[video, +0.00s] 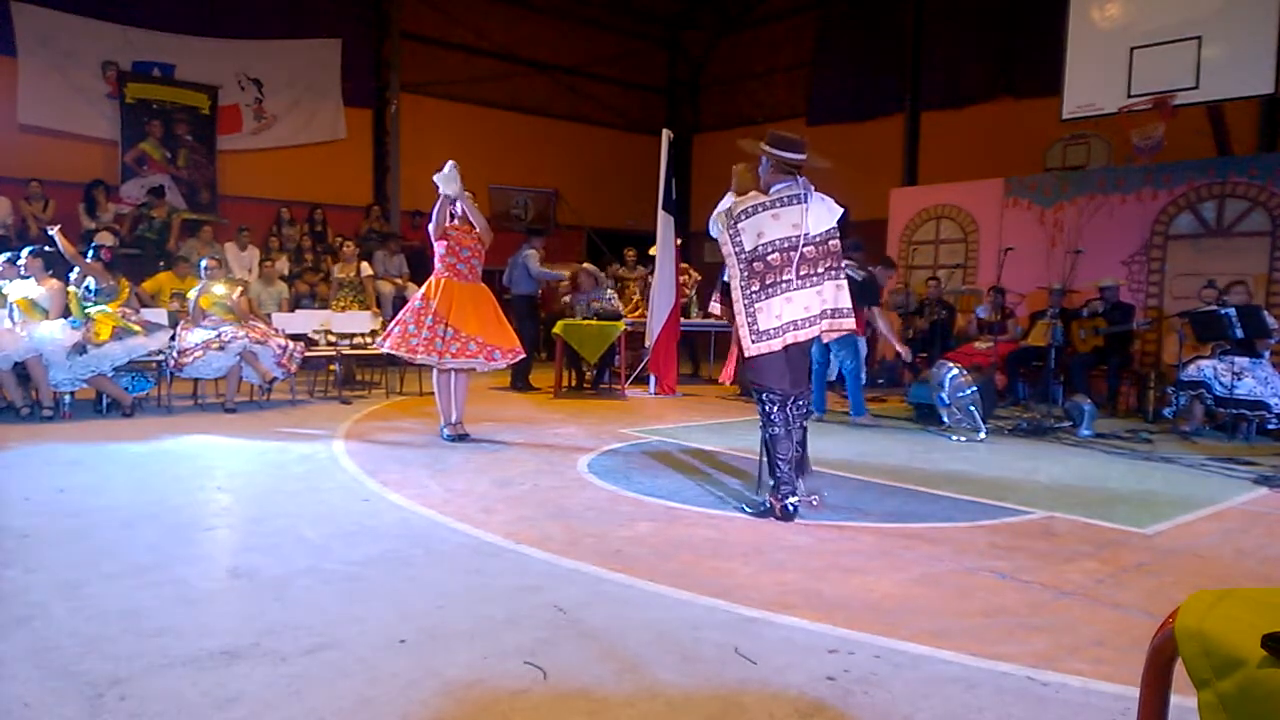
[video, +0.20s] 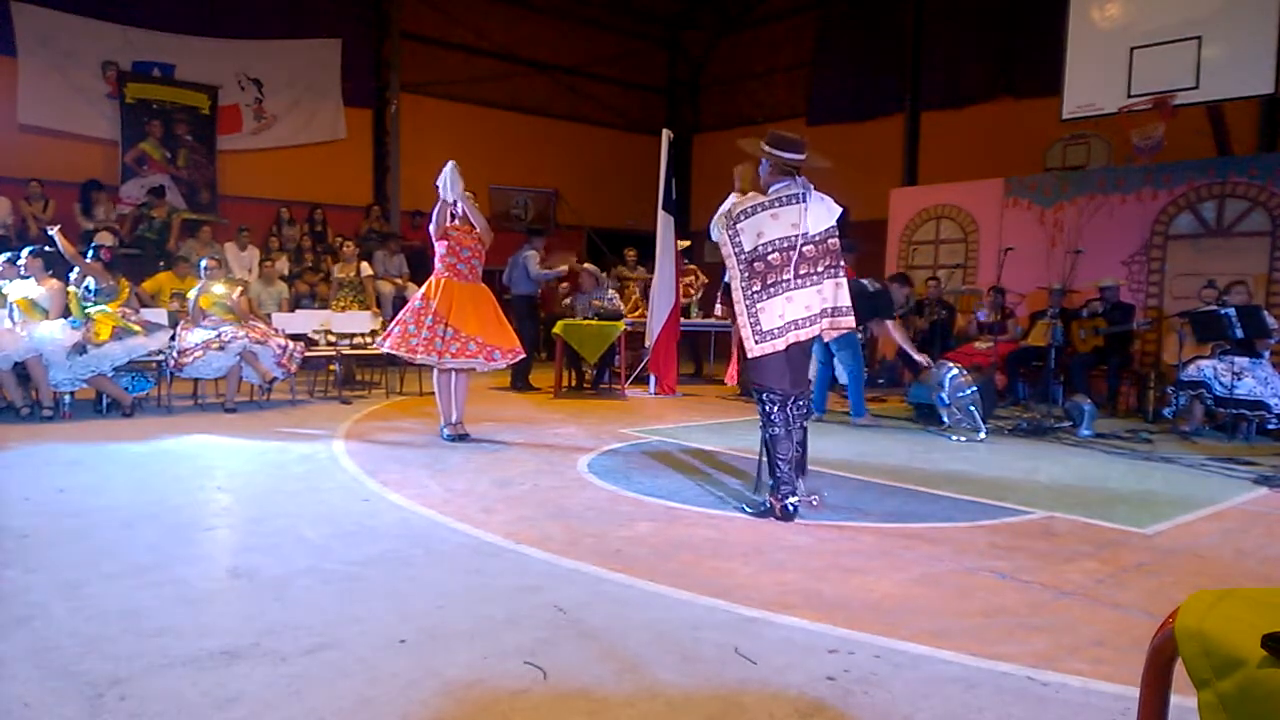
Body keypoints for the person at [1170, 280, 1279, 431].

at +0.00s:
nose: (1239, 297)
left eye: (1243, 293)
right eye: (1234, 293)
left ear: (1249, 297)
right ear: (1226, 297)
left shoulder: (1258, 314)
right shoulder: (1218, 314)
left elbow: (1265, 344)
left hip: (1252, 363)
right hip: (1222, 362)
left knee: (1247, 381)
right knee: (1199, 368)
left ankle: (1243, 427)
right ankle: (1196, 420)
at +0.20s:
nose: (1239, 297)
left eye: (1243, 293)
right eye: (1234, 293)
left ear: (1249, 297)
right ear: (1226, 297)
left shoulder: (1258, 315)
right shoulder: (1218, 315)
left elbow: (1265, 345)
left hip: (1253, 364)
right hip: (1223, 362)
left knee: (1246, 381)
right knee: (1198, 368)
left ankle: (1243, 427)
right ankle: (1196, 420)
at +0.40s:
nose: (1244, 297)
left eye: (1246, 293)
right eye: (1239, 293)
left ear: (1250, 296)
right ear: (1227, 297)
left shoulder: (1257, 314)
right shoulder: (1218, 315)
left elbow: (1265, 346)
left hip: (1253, 364)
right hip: (1223, 362)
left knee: (1247, 381)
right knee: (1198, 368)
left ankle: (1243, 425)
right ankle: (1195, 419)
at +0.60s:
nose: (1244, 297)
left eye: (1246, 293)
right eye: (1239, 293)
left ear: (1250, 296)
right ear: (1227, 297)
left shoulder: (1258, 314)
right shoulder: (1218, 314)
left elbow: (1265, 345)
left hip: (1253, 364)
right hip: (1223, 362)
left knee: (1247, 381)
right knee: (1198, 368)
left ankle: (1243, 425)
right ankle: (1196, 420)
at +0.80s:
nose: (1245, 297)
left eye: (1247, 293)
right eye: (1241, 293)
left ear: (1250, 295)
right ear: (1227, 297)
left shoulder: (1258, 314)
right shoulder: (1219, 316)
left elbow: (1265, 346)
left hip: (1254, 364)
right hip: (1224, 362)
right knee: (1197, 369)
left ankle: (1243, 425)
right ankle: (1196, 420)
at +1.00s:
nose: (1244, 297)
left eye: (1247, 293)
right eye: (1240, 293)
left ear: (1250, 296)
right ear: (1227, 297)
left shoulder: (1259, 315)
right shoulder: (1215, 316)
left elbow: (1265, 347)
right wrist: (1212, 350)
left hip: (1253, 364)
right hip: (1221, 362)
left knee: (1249, 381)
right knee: (1199, 368)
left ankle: (1243, 425)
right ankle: (1196, 420)